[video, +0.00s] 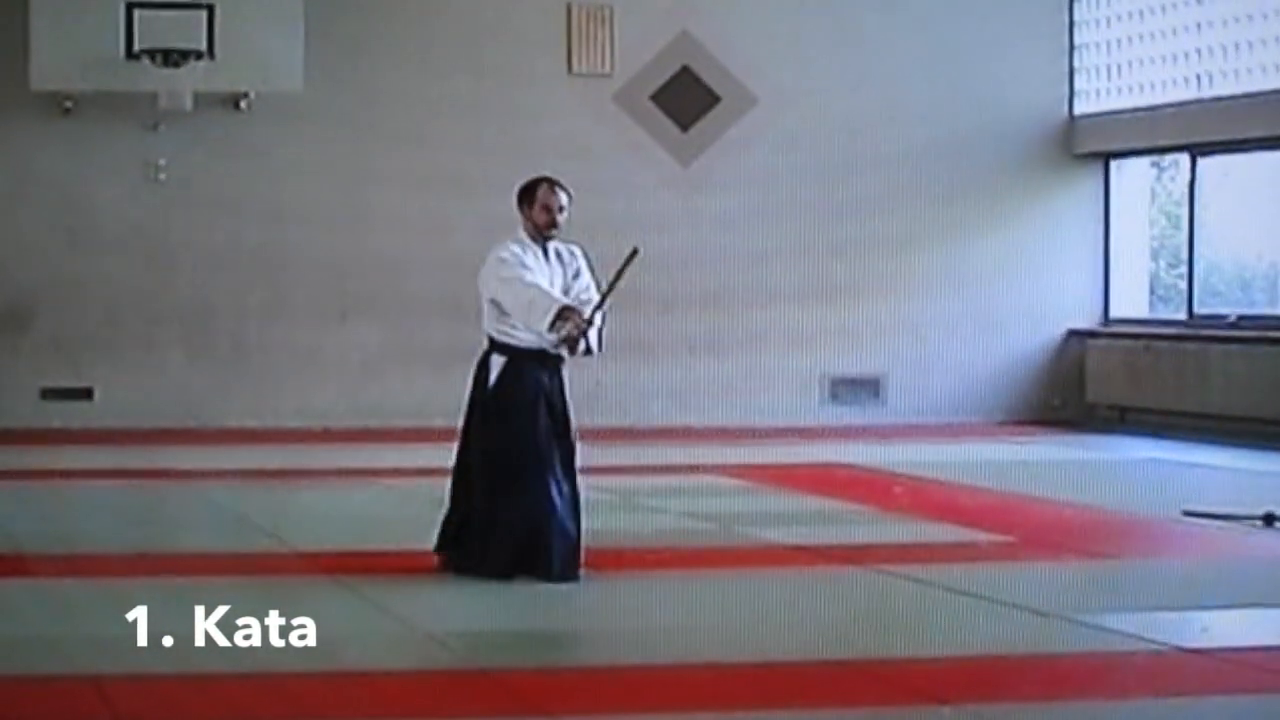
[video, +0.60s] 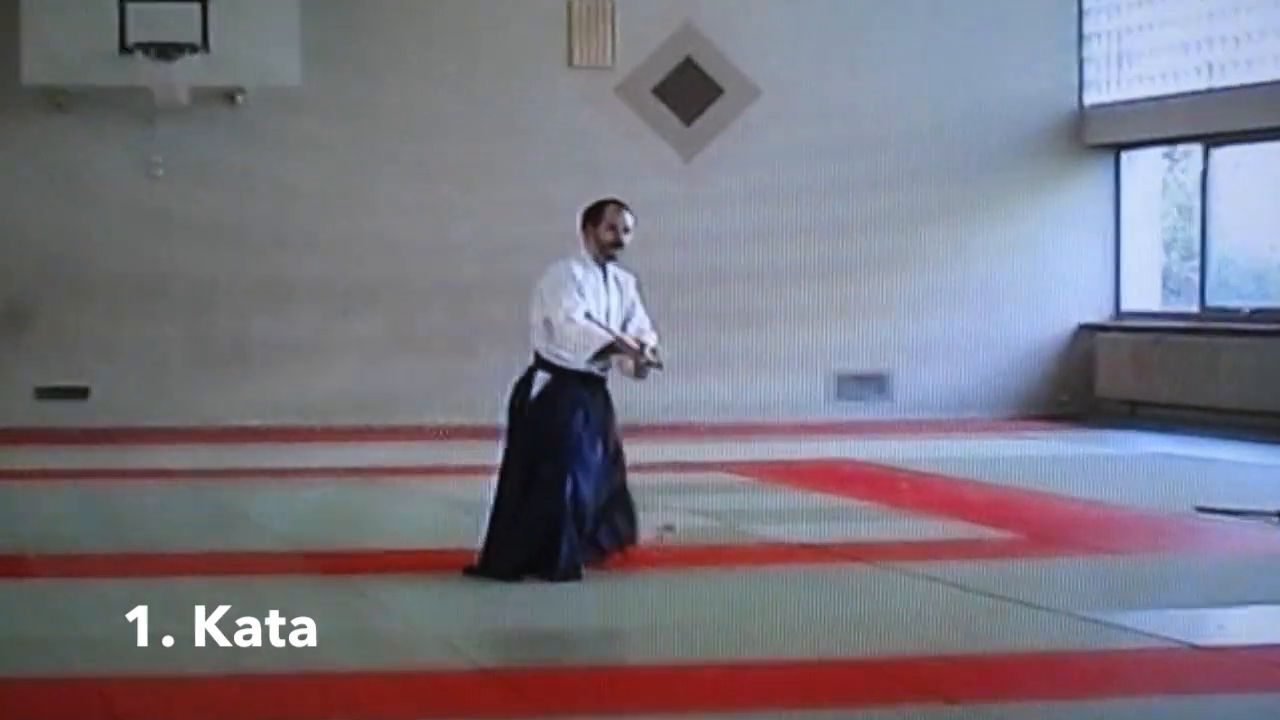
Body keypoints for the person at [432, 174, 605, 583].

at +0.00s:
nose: (555, 217)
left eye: (561, 210)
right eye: (547, 209)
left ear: (566, 215)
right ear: (526, 210)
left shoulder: (572, 259)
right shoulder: (504, 260)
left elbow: (592, 304)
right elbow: (526, 295)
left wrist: (585, 330)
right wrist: (562, 315)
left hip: (548, 369)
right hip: (509, 369)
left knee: (550, 462)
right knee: (518, 462)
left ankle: (552, 554)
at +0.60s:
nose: (619, 238)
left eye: (625, 231)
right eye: (612, 229)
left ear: (628, 237)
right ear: (589, 230)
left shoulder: (623, 283)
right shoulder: (563, 274)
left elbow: (640, 324)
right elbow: (566, 325)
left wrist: (644, 346)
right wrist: (617, 346)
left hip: (592, 388)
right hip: (554, 385)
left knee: (593, 472)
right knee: (563, 473)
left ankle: (570, 553)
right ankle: (555, 559)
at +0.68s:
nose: (631, 235)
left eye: (638, 227)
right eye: (624, 225)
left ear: (641, 233)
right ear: (600, 225)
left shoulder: (634, 281)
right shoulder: (571, 274)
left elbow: (655, 325)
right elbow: (574, 337)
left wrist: (665, 349)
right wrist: (631, 349)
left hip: (605, 390)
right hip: (564, 388)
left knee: (612, 473)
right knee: (571, 478)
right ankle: (553, 566)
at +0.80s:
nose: (663, 201)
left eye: (670, 193)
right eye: (656, 190)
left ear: (672, 198)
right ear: (628, 190)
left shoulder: (658, 248)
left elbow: (692, 289)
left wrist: (720, 301)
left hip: (639, 384)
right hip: (591, 386)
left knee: (666, 474)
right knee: (577, 492)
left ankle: (662, 581)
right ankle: (533, 599)